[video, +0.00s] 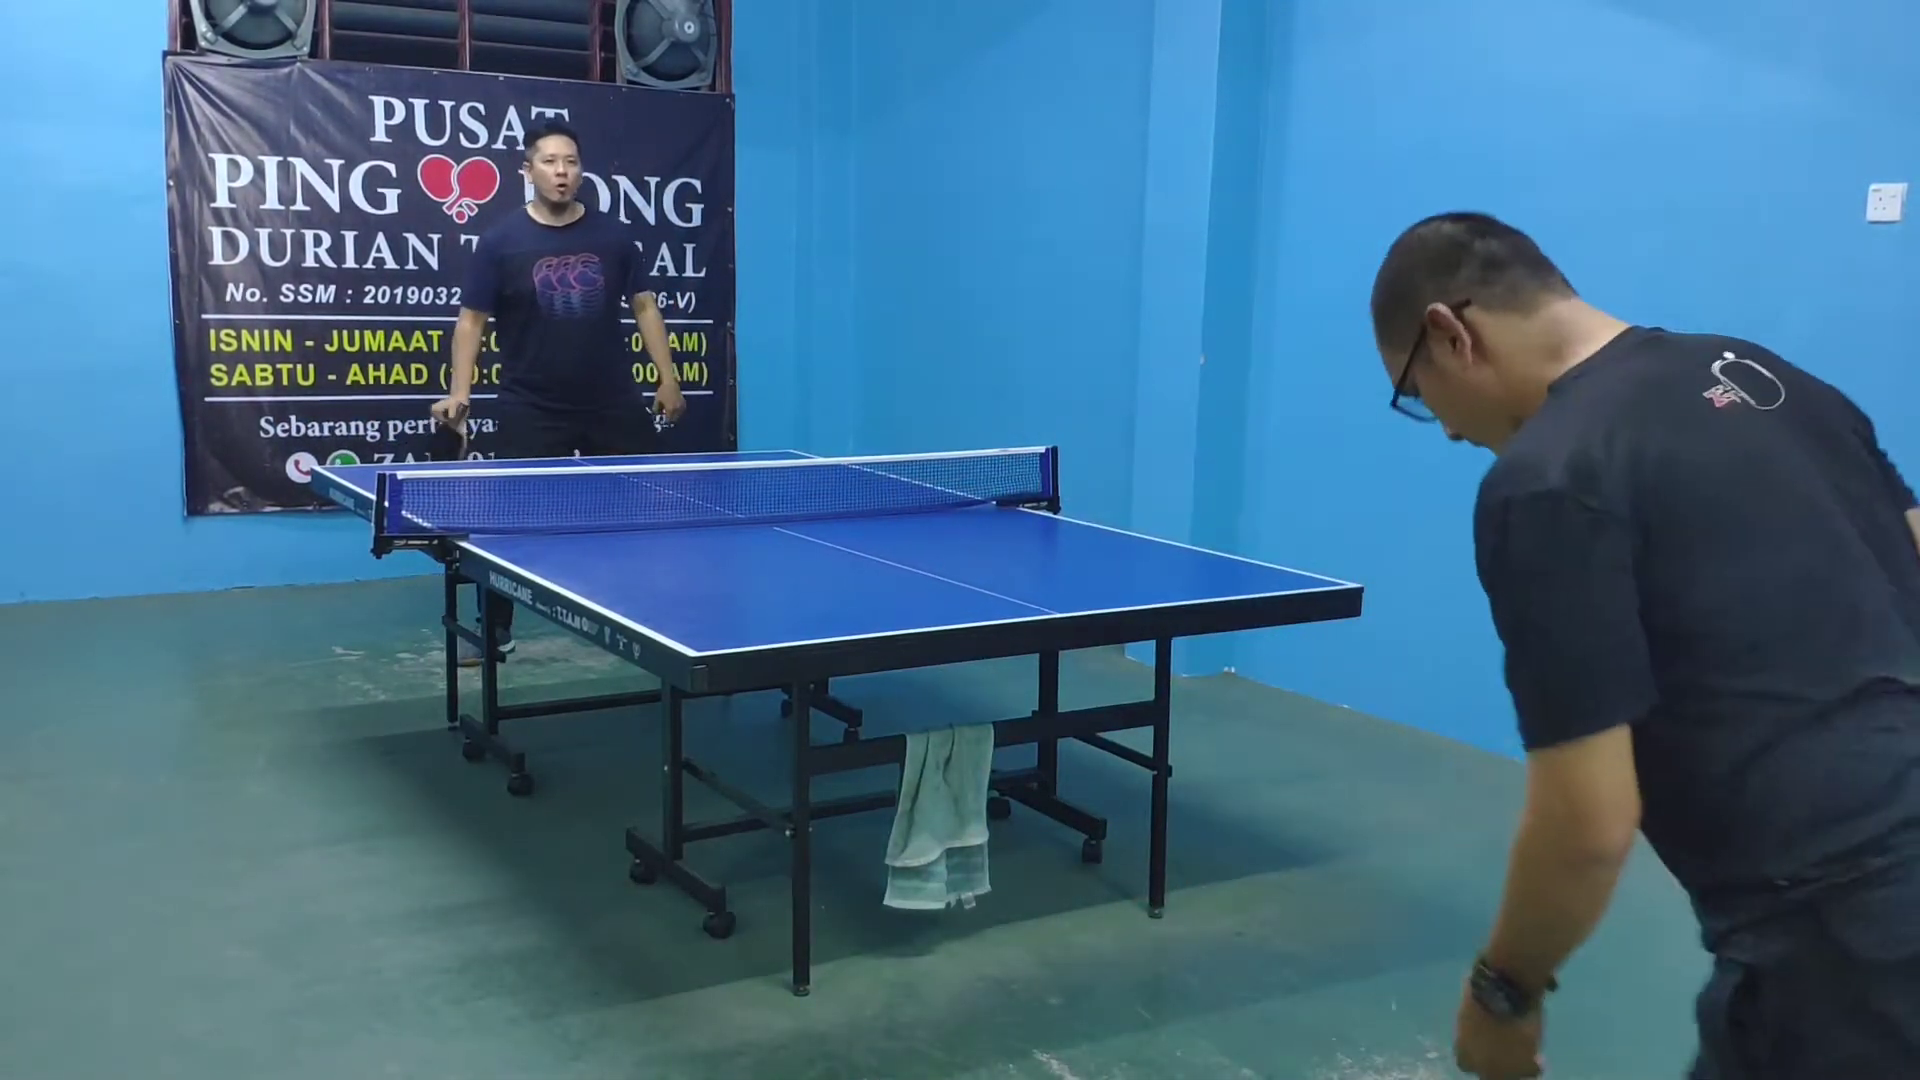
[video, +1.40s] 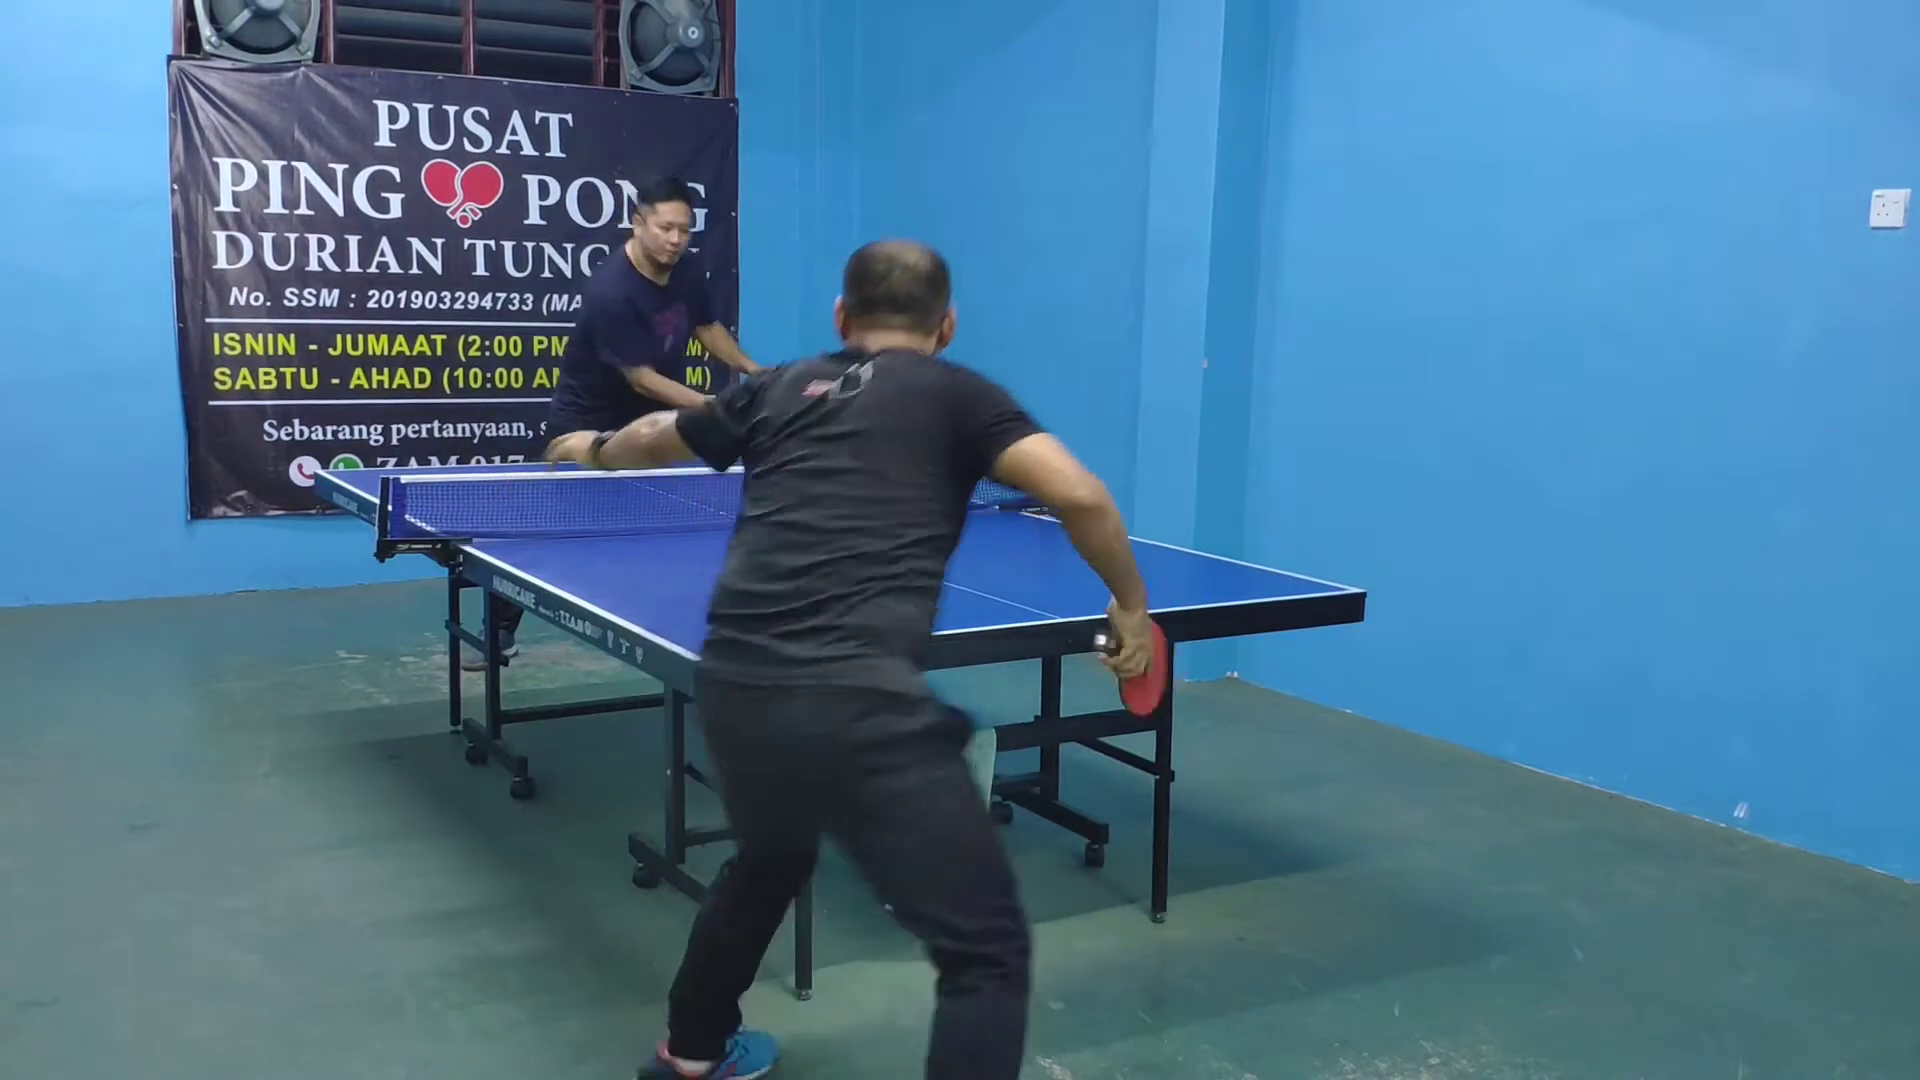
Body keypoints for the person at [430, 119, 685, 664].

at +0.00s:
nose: (562, 171)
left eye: (570, 161)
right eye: (550, 161)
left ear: (581, 169)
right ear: (529, 169)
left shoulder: (613, 236)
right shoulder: (500, 240)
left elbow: (645, 307)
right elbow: (472, 320)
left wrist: (668, 379)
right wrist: (459, 393)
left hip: (611, 403)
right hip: (532, 408)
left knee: (638, 510)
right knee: (512, 516)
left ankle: (649, 627)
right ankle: (495, 627)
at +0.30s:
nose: (593, 175)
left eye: (602, 165)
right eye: (582, 166)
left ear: (615, 172)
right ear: (565, 174)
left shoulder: (653, 237)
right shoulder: (543, 244)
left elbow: (683, 314)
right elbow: (509, 315)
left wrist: (712, 388)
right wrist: (497, 384)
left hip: (646, 408)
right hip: (569, 409)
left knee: (662, 517)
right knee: (530, 513)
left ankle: (675, 630)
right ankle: (497, 626)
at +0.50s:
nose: (609, 179)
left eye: (618, 170)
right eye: (597, 169)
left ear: (627, 179)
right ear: (576, 178)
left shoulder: (658, 240)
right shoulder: (555, 243)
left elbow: (687, 313)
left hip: (643, 397)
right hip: (575, 396)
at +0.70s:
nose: (607, 180)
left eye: (616, 171)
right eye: (595, 170)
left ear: (627, 179)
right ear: (574, 178)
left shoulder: (662, 242)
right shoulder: (544, 245)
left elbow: (687, 310)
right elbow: (515, 316)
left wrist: (653, 360)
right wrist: (539, 369)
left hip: (642, 394)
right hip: (570, 393)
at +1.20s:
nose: (640, 201)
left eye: (649, 191)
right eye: (630, 191)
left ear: (658, 195)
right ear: (606, 192)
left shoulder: (680, 254)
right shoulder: (573, 252)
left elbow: (705, 319)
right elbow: (535, 321)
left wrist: (703, 352)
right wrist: (566, 357)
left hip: (658, 418)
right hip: (581, 416)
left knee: (680, 523)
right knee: (537, 517)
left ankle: (677, 628)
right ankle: (501, 627)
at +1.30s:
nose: (658, 217)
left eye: (666, 207)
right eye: (648, 205)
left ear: (673, 208)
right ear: (621, 201)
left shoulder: (682, 262)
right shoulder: (588, 261)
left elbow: (702, 325)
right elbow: (575, 346)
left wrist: (727, 356)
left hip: (654, 424)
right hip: (585, 423)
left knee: (667, 526)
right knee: (541, 520)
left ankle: (671, 628)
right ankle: (501, 627)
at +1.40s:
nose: (675, 240)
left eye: (683, 230)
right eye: (665, 228)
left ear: (690, 230)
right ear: (638, 223)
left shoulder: (687, 268)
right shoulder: (612, 289)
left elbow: (706, 327)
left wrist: (755, 371)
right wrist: (717, 408)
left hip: (655, 421)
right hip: (581, 424)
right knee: (543, 525)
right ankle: (502, 626)